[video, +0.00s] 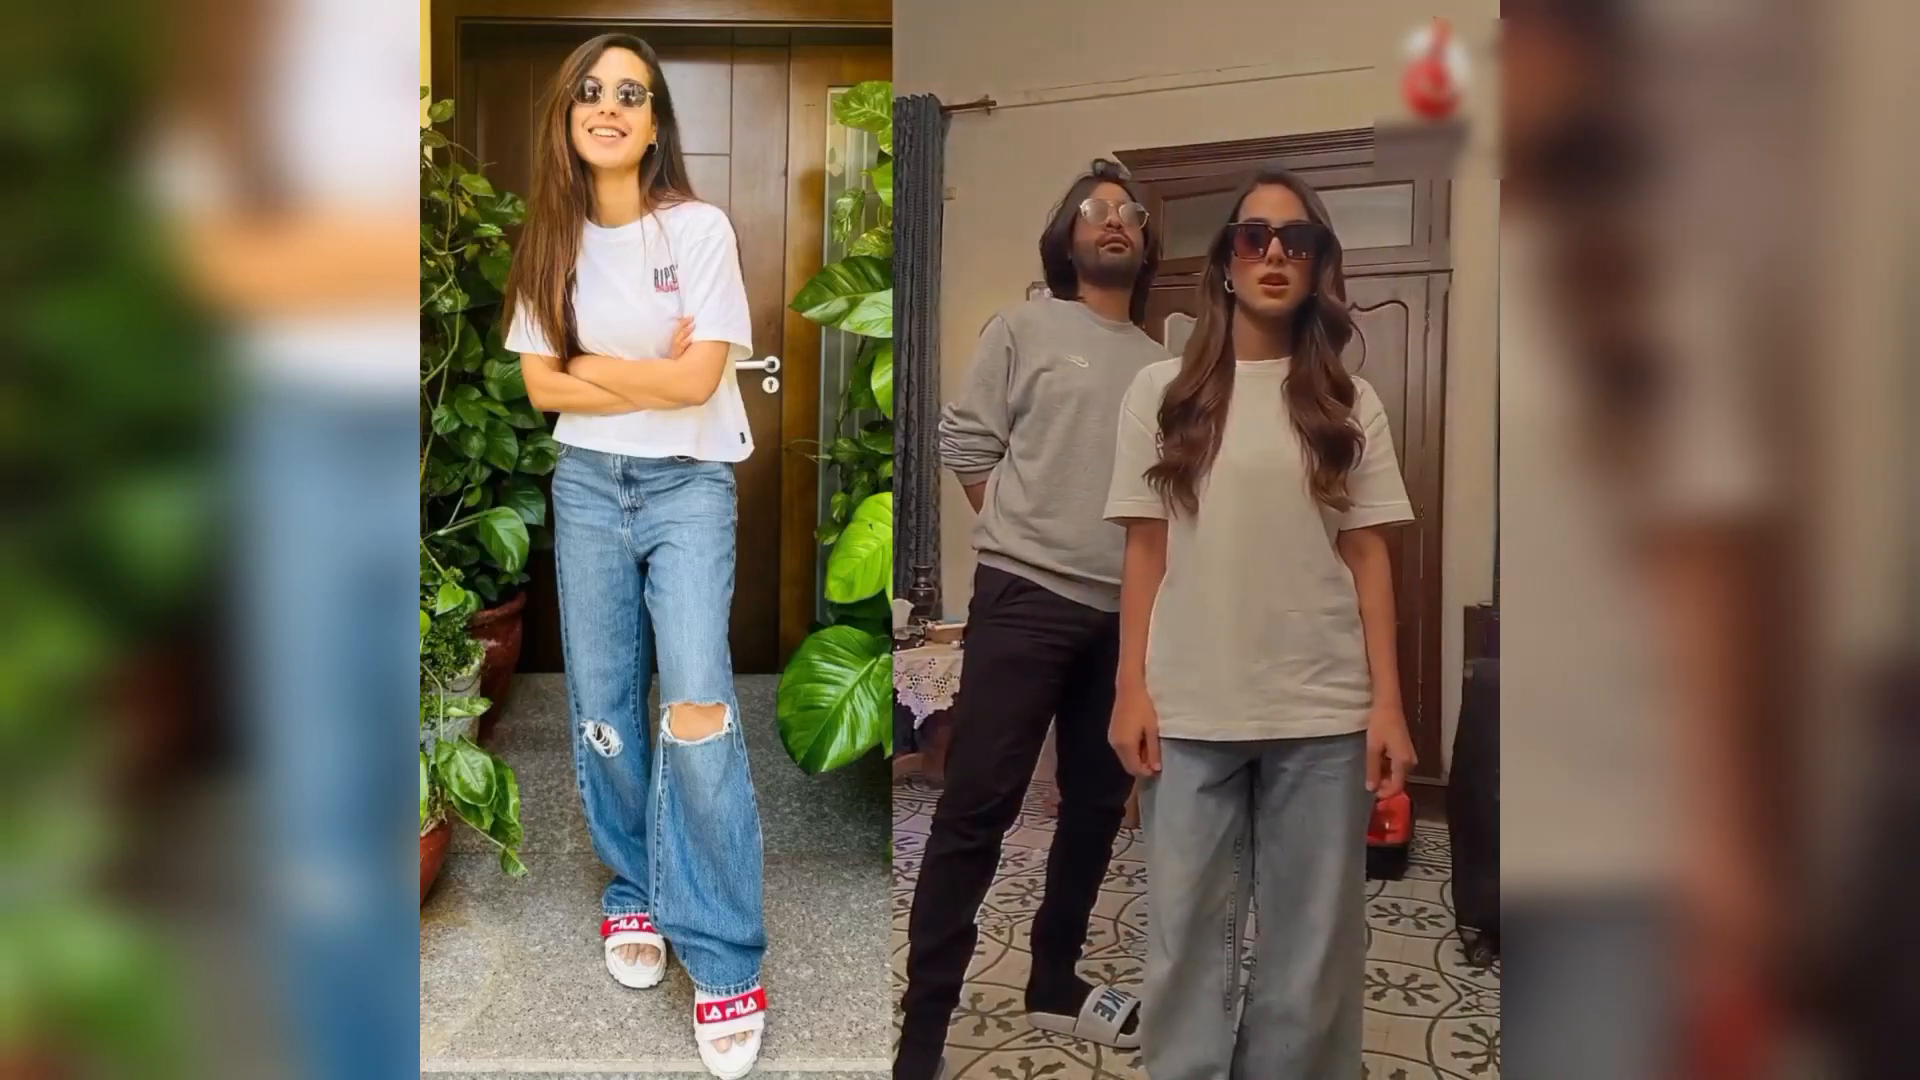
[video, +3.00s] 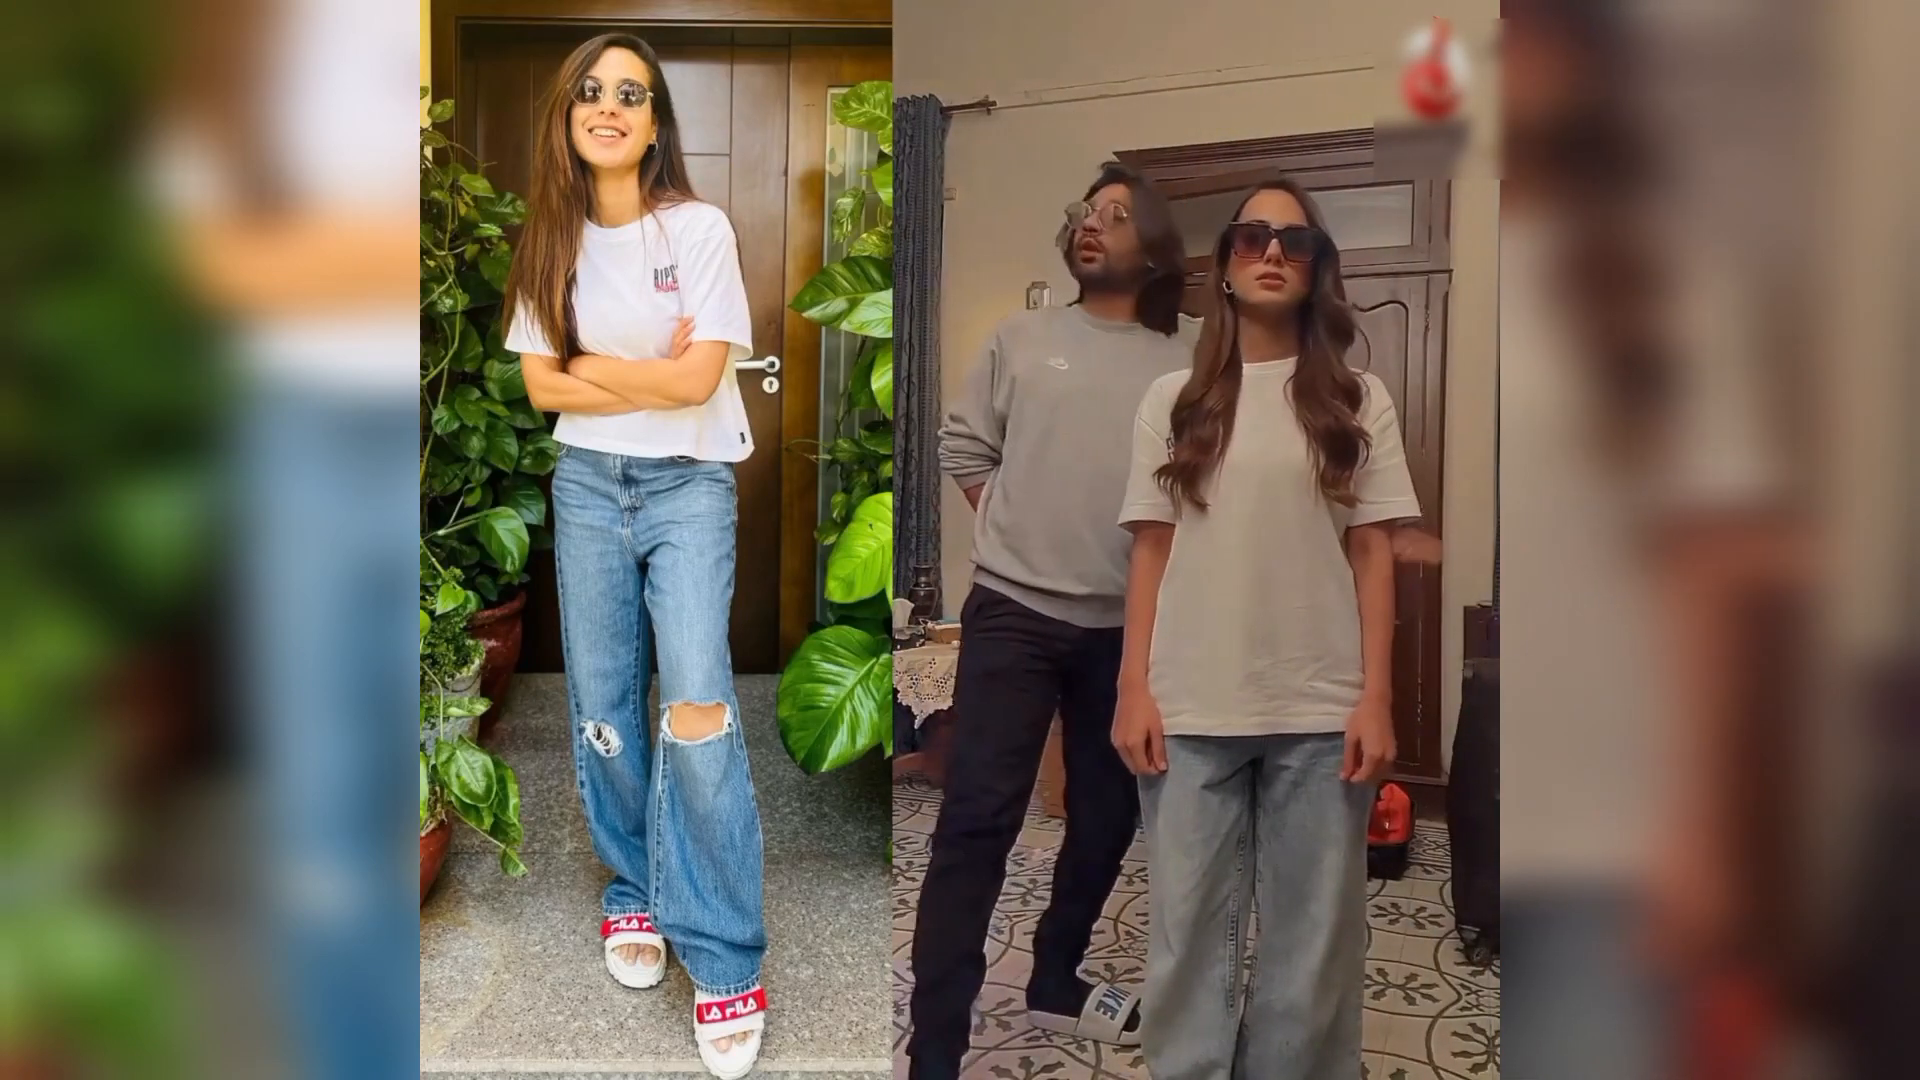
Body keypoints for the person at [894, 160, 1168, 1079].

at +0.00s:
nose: (1119, 220)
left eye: (1130, 210)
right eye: (1098, 210)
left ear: (1148, 240)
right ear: (1066, 239)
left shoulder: (1166, 360)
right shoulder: (1022, 326)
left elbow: (1179, 492)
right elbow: (972, 458)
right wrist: (1018, 553)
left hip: (1127, 608)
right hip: (1022, 598)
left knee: (1096, 804)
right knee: (975, 812)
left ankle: (1056, 985)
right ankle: (923, 1033)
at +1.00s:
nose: (1100, 186)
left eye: (1096, 170)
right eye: (1073, 168)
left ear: (1088, 192)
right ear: (1009, 192)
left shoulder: (1106, 329)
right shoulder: (955, 333)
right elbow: (908, 516)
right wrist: (951, 591)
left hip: (1107, 620)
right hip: (1002, 622)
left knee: (1092, 816)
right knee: (1011, 866)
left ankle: (1055, 986)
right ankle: (914, 1064)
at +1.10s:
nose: (1085, 209)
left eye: (1081, 189)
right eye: (1062, 191)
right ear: (997, 210)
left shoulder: (1074, 319)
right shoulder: (951, 343)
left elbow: (1139, 312)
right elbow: (918, 526)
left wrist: (1190, 236)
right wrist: (919, 613)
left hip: (1105, 623)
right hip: (1017, 631)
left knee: (1105, 820)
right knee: (1033, 867)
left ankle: (1055, 989)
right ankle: (914, 1065)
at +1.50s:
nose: (1077, 184)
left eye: (1074, 171)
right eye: (1048, 175)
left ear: (1078, 199)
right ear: (998, 209)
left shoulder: (1103, 329)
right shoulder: (992, 323)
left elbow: (1171, 317)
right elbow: (925, 481)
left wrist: (1236, 261)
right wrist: (954, 561)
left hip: (1112, 612)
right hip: (1024, 610)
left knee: (1099, 807)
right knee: (1006, 850)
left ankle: (1055, 987)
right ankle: (910, 1061)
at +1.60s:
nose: (1086, 186)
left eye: (1089, 176)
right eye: (1058, 176)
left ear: (1104, 210)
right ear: (1013, 213)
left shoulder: (1139, 346)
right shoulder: (1010, 316)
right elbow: (941, 462)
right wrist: (976, 559)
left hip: (1115, 610)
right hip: (1024, 603)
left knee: (1089, 812)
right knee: (990, 834)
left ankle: (1056, 987)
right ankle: (912, 1053)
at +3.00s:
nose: (1090, 224)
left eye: (1115, 214)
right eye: (1086, 212)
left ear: (1157, 245)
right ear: (1075, 238)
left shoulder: (1189, 354)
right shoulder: (1022, 336)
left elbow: (1207, 486)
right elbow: (964, 447)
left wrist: (1160, 564)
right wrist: (1016, 530)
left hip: (1127, 623)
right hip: (1012, 612)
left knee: (1105, 817)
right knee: (975, 821)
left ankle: (1057, 979)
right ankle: (934, 1055)